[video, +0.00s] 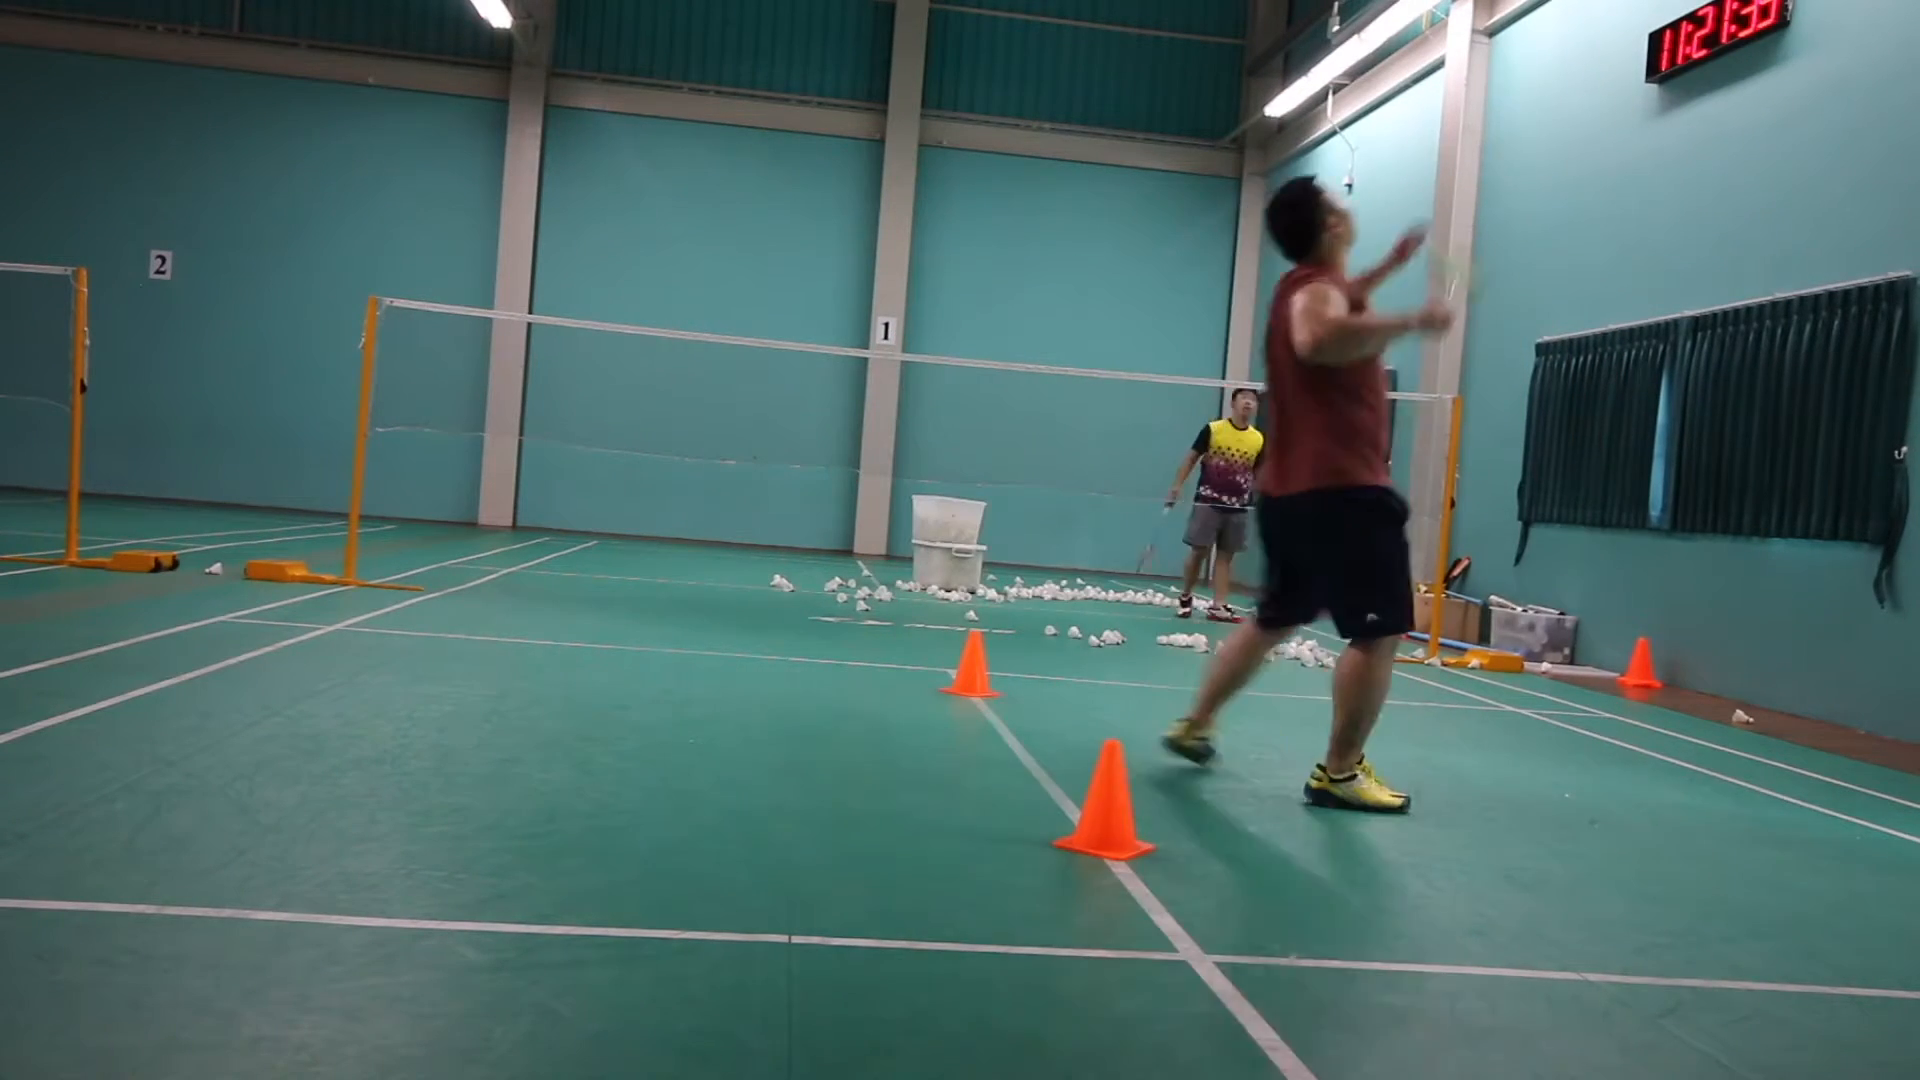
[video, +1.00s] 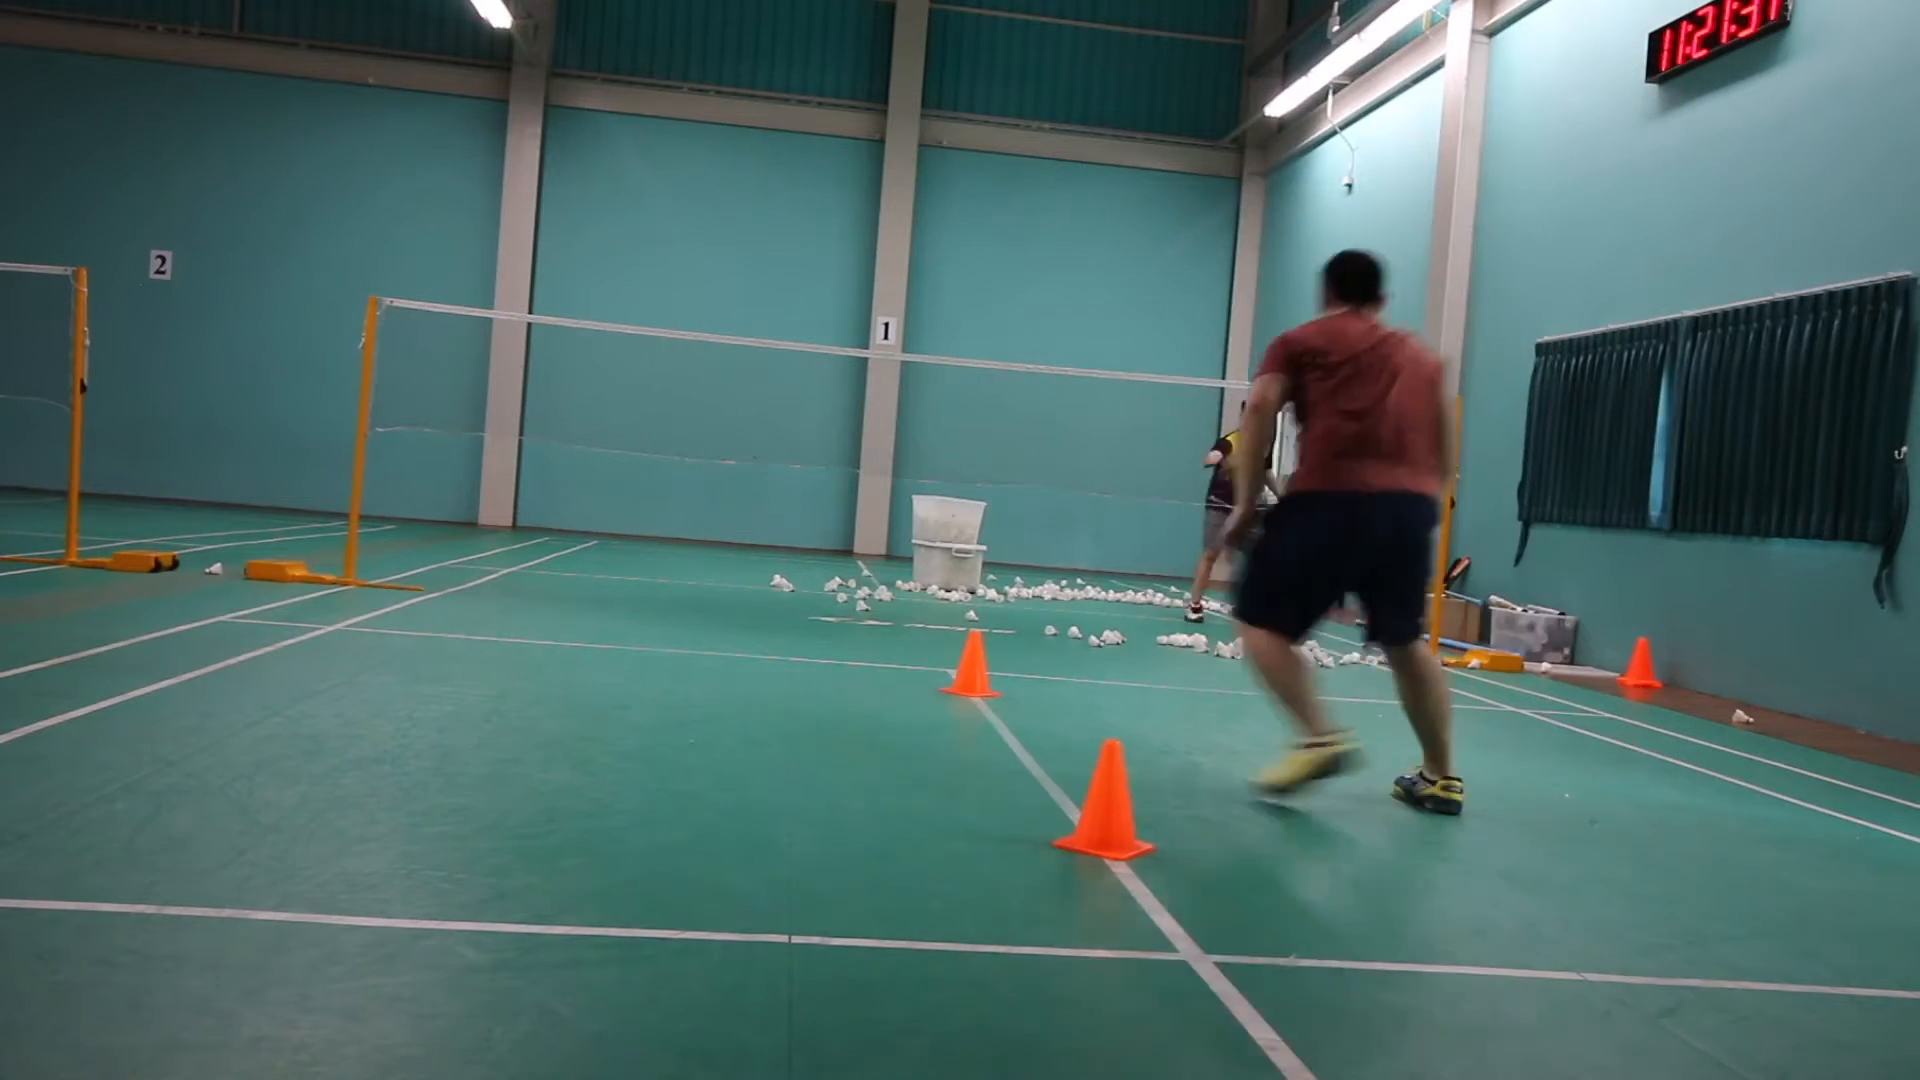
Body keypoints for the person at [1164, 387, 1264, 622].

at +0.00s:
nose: (1248, 403)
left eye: (1252, 400)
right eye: (1244, 398)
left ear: (1256, 407)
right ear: (1233, 403)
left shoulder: (1258, 439)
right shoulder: (1212, 429)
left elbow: (1259, 471)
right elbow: (1192, 458)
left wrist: (1265, 492)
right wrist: (1177, 485)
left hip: (1237, 506)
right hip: (1208, 502)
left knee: (1225, 556)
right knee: (1199, 552)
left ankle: (1219, 604)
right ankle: (1186, 596)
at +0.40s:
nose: (1233, 406)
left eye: (1237, 402)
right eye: (1228, 402)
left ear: (1242, 407)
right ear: (1219, 406)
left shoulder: (1252, 437)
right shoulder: (1203, 436)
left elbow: (1256, 468)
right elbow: (1190, 466)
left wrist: (1259, 494)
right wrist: (1184, 494)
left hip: (1239, 508)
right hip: (1207, 505)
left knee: (1247, 556)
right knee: (1201, 554)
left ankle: (1256, 606)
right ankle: (1190, 600)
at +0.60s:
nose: (1255, 407)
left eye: (1258, 403)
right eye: (1250, 403)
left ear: (1262, 409)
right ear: (1240, 407)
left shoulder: (1271, 439)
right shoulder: (1224, 437)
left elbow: (1275, 471)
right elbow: (1209, 468)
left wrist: (1285, 499)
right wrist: (1207, 498)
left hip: (1258, 510)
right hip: (1226, 508)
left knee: (1260, 558)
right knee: (1210, 554)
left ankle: (1258, 607)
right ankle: (1192, 599)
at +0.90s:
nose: (1266, 417)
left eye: (1270, 413)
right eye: (1261, 412)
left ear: (1273, 416)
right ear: (1251, 414)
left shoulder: (1276, 442)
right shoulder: (1235, 441)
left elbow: (1281, 473)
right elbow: (1215, 465)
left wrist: (1294, 498)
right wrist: (1236, 477)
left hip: (1259, 510)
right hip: (1229, 507)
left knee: (1261, 559)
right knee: (1214, 553)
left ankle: (1259, 607)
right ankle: (1194, 600)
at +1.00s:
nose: (1253, 422)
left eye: (1257, 418)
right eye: (1249, 416)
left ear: (1264, 422)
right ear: (1243, 416)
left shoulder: (1263, 444)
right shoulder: (1230, 440)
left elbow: (1267, 472)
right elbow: (1211, 460)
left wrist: (1279, 496)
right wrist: (1230, 459)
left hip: (1247, 507)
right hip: (1219, 505)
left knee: (1259, 555)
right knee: (1211, 554)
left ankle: (1251, 609)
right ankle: (1196, 601)